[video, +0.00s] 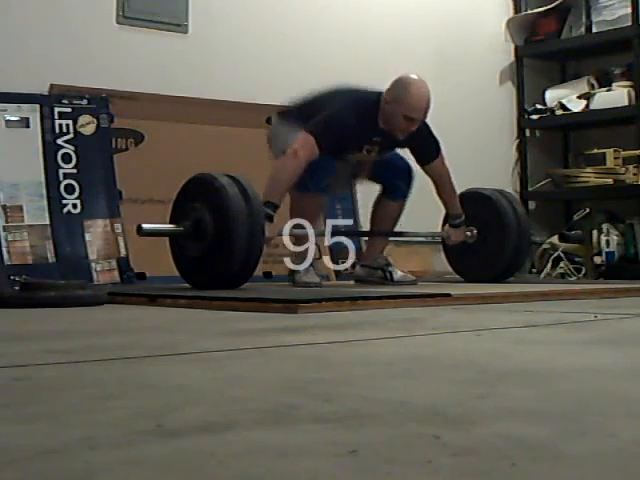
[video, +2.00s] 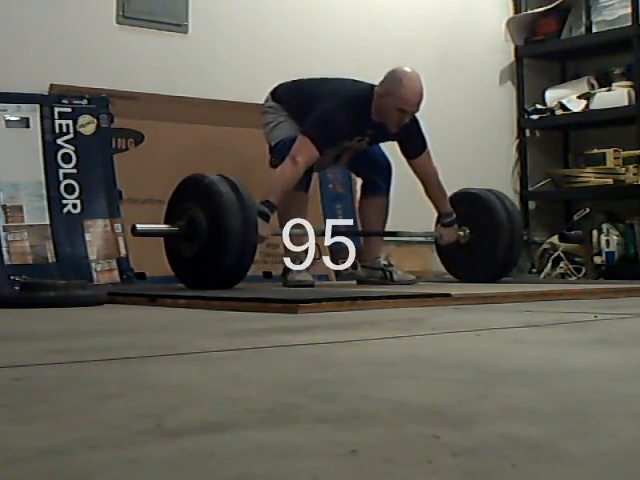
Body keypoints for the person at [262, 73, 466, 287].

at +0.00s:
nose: (412, 128)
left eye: (418, 121)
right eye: (408, 119)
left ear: (423, 116)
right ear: (386, 103)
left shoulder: (414, 128)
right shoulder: (349, 111)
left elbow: (439, 171)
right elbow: (297, 153)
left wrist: (457, 219)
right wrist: (266, 213)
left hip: (342, 151)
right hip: (293, 133)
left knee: (399, 172)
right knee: (319, 168)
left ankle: (371, 262)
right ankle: (303, 265)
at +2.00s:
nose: (405, 120)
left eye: (410, 114)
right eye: (401, 112)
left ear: (415, 108)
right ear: (380, 98)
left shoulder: (404, 121)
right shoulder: (340, 108)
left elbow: (426, 170)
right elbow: (297, 160)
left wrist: (447, 217)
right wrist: (265, 210)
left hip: (333, 127)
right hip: (284, 112)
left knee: (378, 168)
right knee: (297, 169)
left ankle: (372, 263)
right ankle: (296, 266)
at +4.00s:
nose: (405, 109)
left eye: (412, 103)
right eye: (401, 100)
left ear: (417, 100)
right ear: (380, 88)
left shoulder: (410, 127)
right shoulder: (342, 110)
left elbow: (432, 177)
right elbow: (295, 163)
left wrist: (448, 220)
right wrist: (259, 215)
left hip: (337, 151)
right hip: (286, 134)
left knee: (396, 174)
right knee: (298, 173)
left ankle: (374, 263)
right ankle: (293, 266)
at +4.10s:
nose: (404, 105)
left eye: (410, 98)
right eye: (399, 95)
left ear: (415, 97)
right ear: (377, 87)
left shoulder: (410, 128)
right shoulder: (340, 112)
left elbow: (433, 176)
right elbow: (293, 159)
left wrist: (450, 220)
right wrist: (261, 213)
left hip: (345, 180)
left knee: (403, 175)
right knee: (307, 171)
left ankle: (374, 263)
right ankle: (293, 266)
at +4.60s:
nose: (402, 66)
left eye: (404, 60)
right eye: (392, 58)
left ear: (405, 69)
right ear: (366, 68)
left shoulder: (401, 119)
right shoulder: (335, 103)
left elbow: (425, 166)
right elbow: (294, 153)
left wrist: (447, 211)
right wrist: (265, 206)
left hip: (355, 181)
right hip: (316, 177)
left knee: (409, 178)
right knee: (315, 171)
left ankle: (375, 262)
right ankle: (294, 264)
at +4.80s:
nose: (406, 43)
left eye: (409, 38)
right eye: (396, 36)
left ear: (412, 47)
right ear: (372, 44)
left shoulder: (402, 96)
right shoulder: (341, 78)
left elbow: (424, 141)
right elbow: (296, 127)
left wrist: (445, 188)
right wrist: (265, 176)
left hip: (350, 145)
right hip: (302, 138)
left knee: (396, 172)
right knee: (305, 157)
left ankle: (375, 262)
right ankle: (292, 263)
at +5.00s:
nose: (404, 7)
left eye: (406, 2)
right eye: (394, 1)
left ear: (408, 10)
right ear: (371, 6)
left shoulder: (399, 62)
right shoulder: (340, 44)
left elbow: (417, 106)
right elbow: (291, 89)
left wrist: (439, 154)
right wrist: (261, 134)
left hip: (341, 119)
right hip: (296, 112)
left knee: (380, 168)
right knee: (294, 159)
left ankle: (374, 262)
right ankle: (291, 263)